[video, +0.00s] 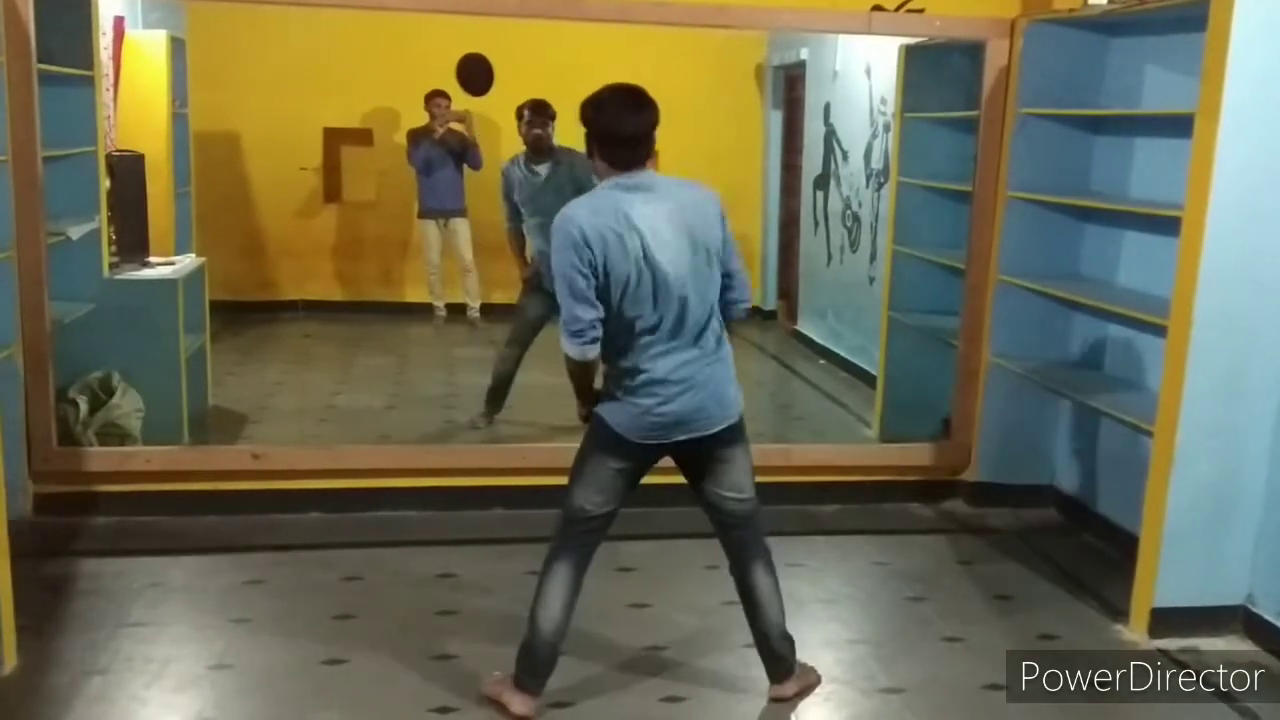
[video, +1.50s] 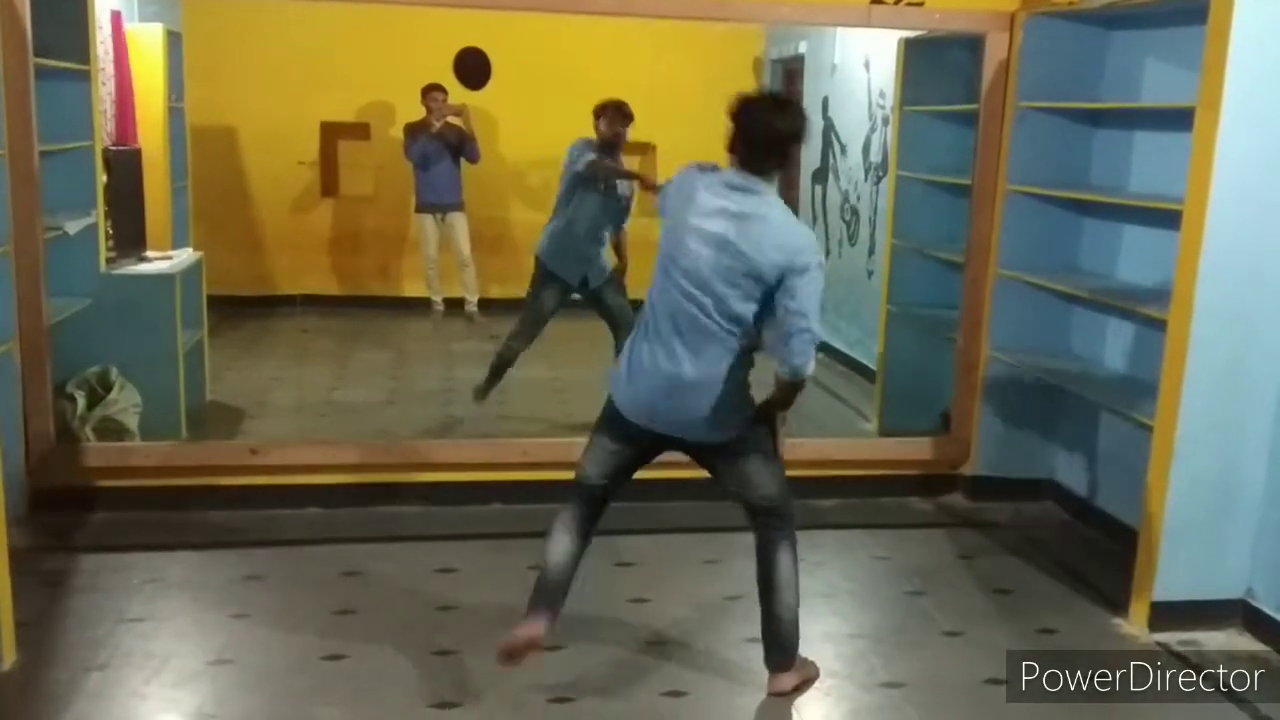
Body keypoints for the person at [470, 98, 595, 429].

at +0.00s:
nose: (538, 132)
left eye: (544, 126)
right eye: (531, 126)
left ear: (554, 128)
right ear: (520, 130)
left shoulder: (578, 165)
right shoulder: (512, 171)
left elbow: (597, 212)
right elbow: (513, 222)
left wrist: (595, 256)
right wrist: (522, 264)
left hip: (584, 266)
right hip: (543, 268)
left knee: (610, 336)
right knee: (515, 341)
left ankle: (611, 403)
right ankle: (489, 412)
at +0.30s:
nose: (565, 126)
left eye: (571, 120)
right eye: (558, 119)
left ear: (578, 124)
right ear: (544, 124)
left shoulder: (594, 167)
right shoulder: (529, 163)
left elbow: (609, 213)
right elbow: (502, 211)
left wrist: (611, 262)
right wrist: (507, 174)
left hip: (588, 270)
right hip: (545, 270)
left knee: (625, 337)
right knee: (514, 345)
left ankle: (640, 416)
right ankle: (489, 411)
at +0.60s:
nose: (583, 126)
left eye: (589, 121)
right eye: (576, 119)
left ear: (596, 125)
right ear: (561, 121)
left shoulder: (600, 170)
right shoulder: (541, 157)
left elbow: (617, 209)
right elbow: (497, 169)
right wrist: (525, 182)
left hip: (591, 278)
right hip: (544, 276)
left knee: (624, 344)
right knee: (512, 345)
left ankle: (631, 421)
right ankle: (488, 410)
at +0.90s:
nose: (583, 122)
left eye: (590, 117)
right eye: (577, 115)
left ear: (597, 124)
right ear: (563, 118)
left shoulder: (596, 163)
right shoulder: (548, 155)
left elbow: (598, 207)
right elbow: (522, 196)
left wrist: (596, 166)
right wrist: (539, 157)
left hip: (588, 269)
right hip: (544, 267)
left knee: (619, 337)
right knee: (511, 340)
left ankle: (624, 414)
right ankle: (486, 406)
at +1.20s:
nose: (582, 124)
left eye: (588, 118)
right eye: (575, 117)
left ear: (594, 123)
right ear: (560, 119)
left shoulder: (595, 165)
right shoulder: (547, 152)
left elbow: (603, 215)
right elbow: (532, 163)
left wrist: (618, 254)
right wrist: (576, 158)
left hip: (586, 272)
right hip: (543, 270)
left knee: (622, 338)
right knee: (512, 341)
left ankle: (631, 412)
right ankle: (486, 405)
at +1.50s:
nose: (616, 130)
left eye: (622, 124)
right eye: (610, 122)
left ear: (628, 130)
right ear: (597, 124)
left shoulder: (623, 178)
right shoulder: (582, 149)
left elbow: (618, 226)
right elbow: (591, 167)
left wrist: (623, 264)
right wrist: (637, 178)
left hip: (595, 263)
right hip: (558, 257)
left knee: (626, 326)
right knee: (530, 326)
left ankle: (630, 398)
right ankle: (491, 379)